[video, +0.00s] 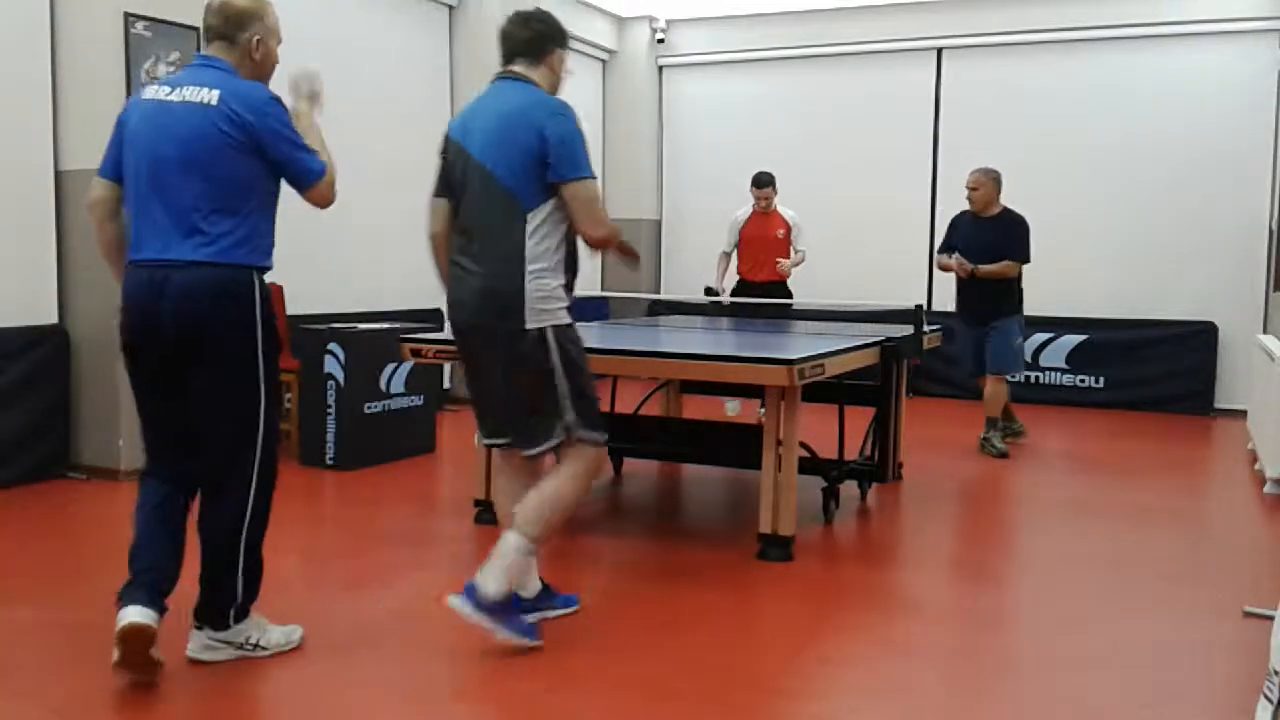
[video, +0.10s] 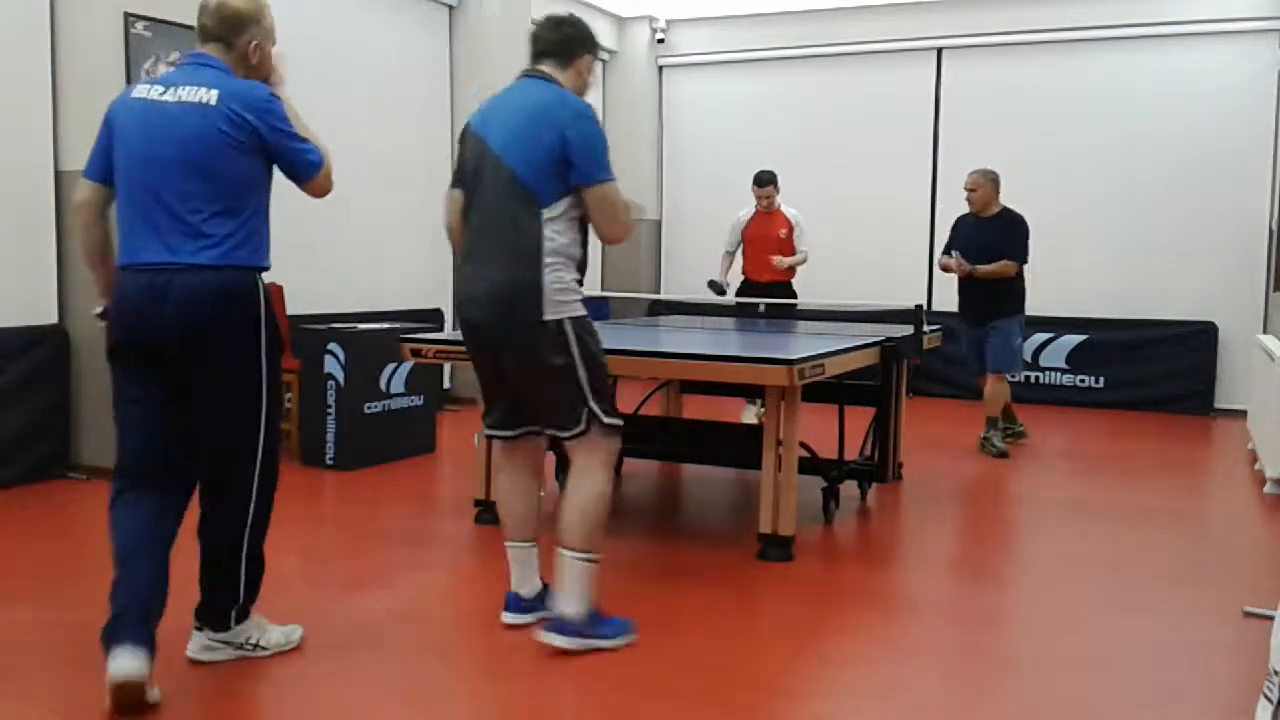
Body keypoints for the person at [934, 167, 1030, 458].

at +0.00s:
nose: (968, 194)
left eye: (974, 190)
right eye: (967, 189)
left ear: (994, 191)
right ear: (969, 190)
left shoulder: (1015, 224)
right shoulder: (961, 221)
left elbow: (1013, 268)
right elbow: (941, 258)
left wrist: (974, 269)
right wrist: (951, 263)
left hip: (1004, 313)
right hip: (970, 313)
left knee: (996, 372)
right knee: (982, 374)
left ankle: (991, 432)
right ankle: (1010, 420)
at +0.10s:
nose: (967, 196)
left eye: (972, 191)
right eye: (966, 191)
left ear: (992, 192)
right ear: (970, 191)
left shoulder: (1014, 223)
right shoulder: (963, 223)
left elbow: (1012, 267)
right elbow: (945, 258)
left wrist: (973, 270)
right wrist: (950, 263)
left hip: (1004, 313)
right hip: (971, 313)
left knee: (997, 371)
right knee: (985, 373)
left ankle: (991, 431)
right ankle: (1011, 422)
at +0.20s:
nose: (967, 196)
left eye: (972, 191)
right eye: (966, 191)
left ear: (991, 191)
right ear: (970, 192)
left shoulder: (1013, 221)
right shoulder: (965, 222)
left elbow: (1012, 264)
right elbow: (948, 255)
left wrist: (975, 267)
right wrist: (948, 261)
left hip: (1003, 311)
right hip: (972, 312)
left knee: (995, 370)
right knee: (985, 373)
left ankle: (990, 430)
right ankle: (1010, 422)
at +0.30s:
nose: (967, 198)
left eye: (973, 192)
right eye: (966, 192)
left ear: (991, 191)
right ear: (968, 192)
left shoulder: (1012, 220)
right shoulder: (966, 221)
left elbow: (1011, 259)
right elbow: (951, 248)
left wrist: (975, 259)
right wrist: (942, 258)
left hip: (1000, 308)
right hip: (971, 309)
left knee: (989, 368)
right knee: (987, 369)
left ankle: (984, 430)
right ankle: (1011, 423)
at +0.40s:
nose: (967, 199)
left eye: (973, 194)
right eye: (965, 194)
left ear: (991, 191)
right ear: (965, 194)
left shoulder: (1010, 220)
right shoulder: (965, 222)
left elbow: (1008, 254)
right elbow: (949, 246)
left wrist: (966, 251)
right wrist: (938, 257)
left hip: (998, 307)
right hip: (968, 307)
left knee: (981, 364)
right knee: (986, 367)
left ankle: (973, 425)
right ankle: (1011, 423)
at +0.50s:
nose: (966, 199)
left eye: (971, 193)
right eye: (964, 194)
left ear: (989, 191)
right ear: (963, 193)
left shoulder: (1006, 219)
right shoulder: (962, 221)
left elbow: (1000, 251)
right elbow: (945, 246)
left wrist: (958, 251)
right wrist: (934, 255)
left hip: (994, 308)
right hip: (966, 307)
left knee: (971, 365)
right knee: (987, 367)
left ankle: (963, 424)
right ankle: (1011, 423)